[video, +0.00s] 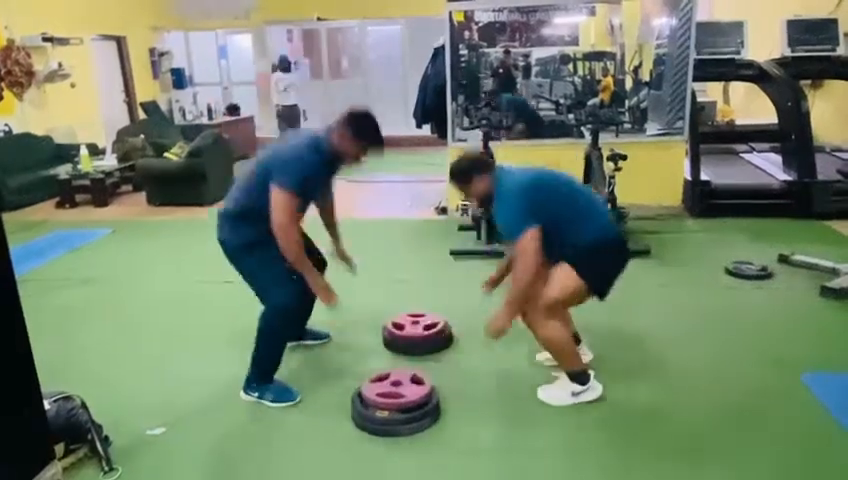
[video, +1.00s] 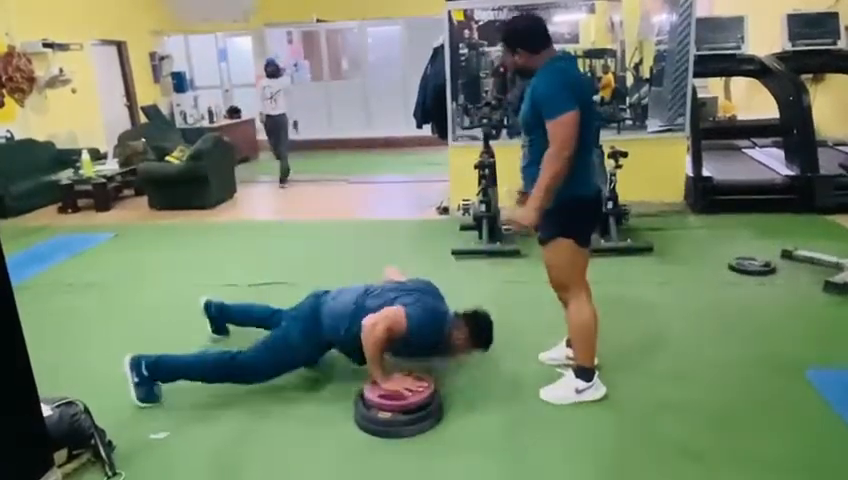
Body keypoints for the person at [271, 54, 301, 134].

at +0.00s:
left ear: (278, 65)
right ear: (289, 64)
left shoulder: (275, 77)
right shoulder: (295, 76)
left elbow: (273, 93)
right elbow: (300, 94)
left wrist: (276, 106)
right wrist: (304, 110)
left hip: (281, 107)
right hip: (294, 106)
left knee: (283, 134)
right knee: (296, 133)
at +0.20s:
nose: (283, 67)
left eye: (281, 64)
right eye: (285, 64)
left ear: (277, 66)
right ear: (289, 65)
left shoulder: (274, 79)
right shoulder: (294, 77)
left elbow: (272, 95)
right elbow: (298, 94)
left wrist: (273, 109)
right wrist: (302, 108)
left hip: (280, 109)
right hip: (293, 108)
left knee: (282, 135)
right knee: (294, 136)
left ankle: (285, 161)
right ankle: (295, 160)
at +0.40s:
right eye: (281, 66)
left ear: (271, 69)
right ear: (283, 67)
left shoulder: (270, 82)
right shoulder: (290, 79)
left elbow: (267, 100)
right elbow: (296, 94)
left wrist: (267, 114)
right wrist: (298, 106)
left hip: (277, 112)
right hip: (290, 110)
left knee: (281, 139)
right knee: (293, 137)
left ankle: (286, 167)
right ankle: (296, 163)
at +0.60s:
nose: (272, 68)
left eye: (271, 66)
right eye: (275, 65)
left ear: (269, 68)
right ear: (281, 66)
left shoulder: (269, 81)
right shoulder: (287, 78)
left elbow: (266, 99)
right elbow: (293, 96)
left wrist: (265, 115)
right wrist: (296, 111)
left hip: (275, 112)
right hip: (288, 111)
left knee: (279, 141)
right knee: (290, 138)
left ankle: (286, 167)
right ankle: (294, 158)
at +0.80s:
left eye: (269, 67)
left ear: (267, 69)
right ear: (280, 67)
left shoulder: (265, 82)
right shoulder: (286, 79)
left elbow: (262, 100)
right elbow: (292, 97)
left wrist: (263, 114)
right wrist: (295, 113)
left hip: (272, 113)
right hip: (285, 113)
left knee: (277, 141)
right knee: (286, 139)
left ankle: (287, 166)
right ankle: (287, 165)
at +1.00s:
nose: (270, 72)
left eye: (269, 70)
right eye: (274, 69)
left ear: (265, 72)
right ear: (279, 70)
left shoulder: (263, 84)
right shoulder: (283, 81)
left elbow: (261, 100)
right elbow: (289, 80)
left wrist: (261, 114)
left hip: (268, 116)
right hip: (281, 115)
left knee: (274, 145)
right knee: (282, 146)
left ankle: (284, 163)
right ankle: (283, 179)